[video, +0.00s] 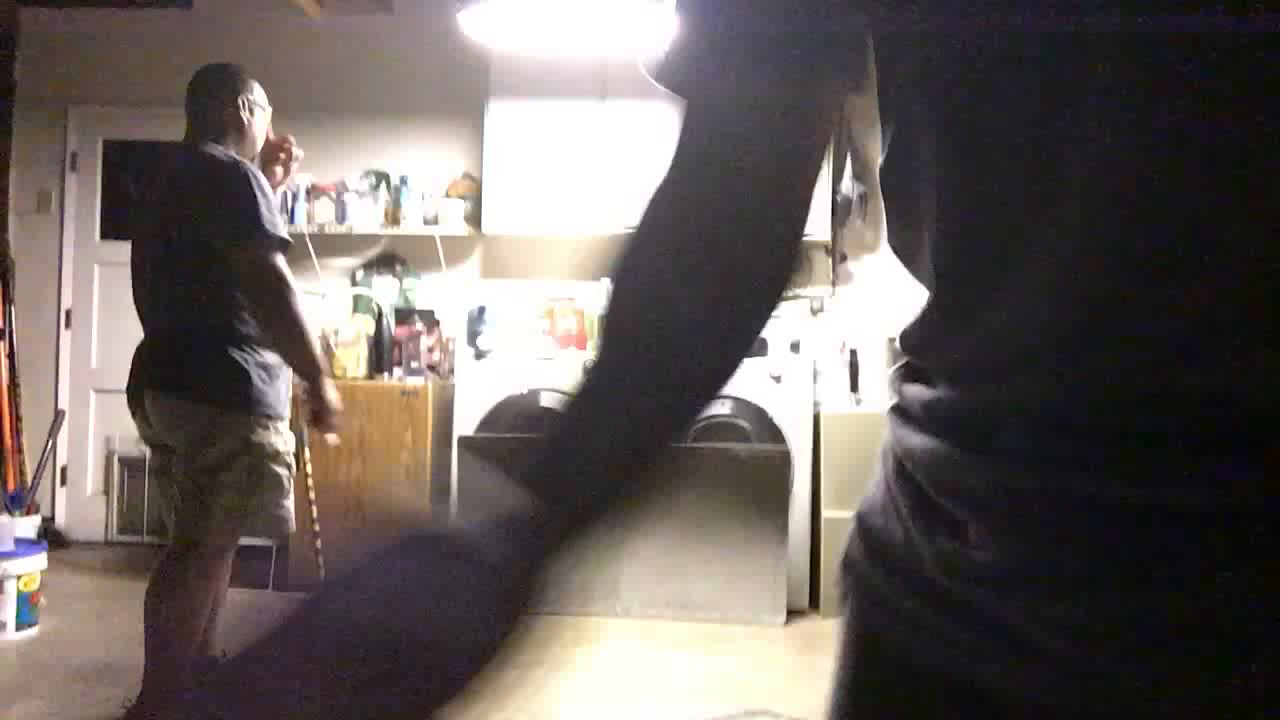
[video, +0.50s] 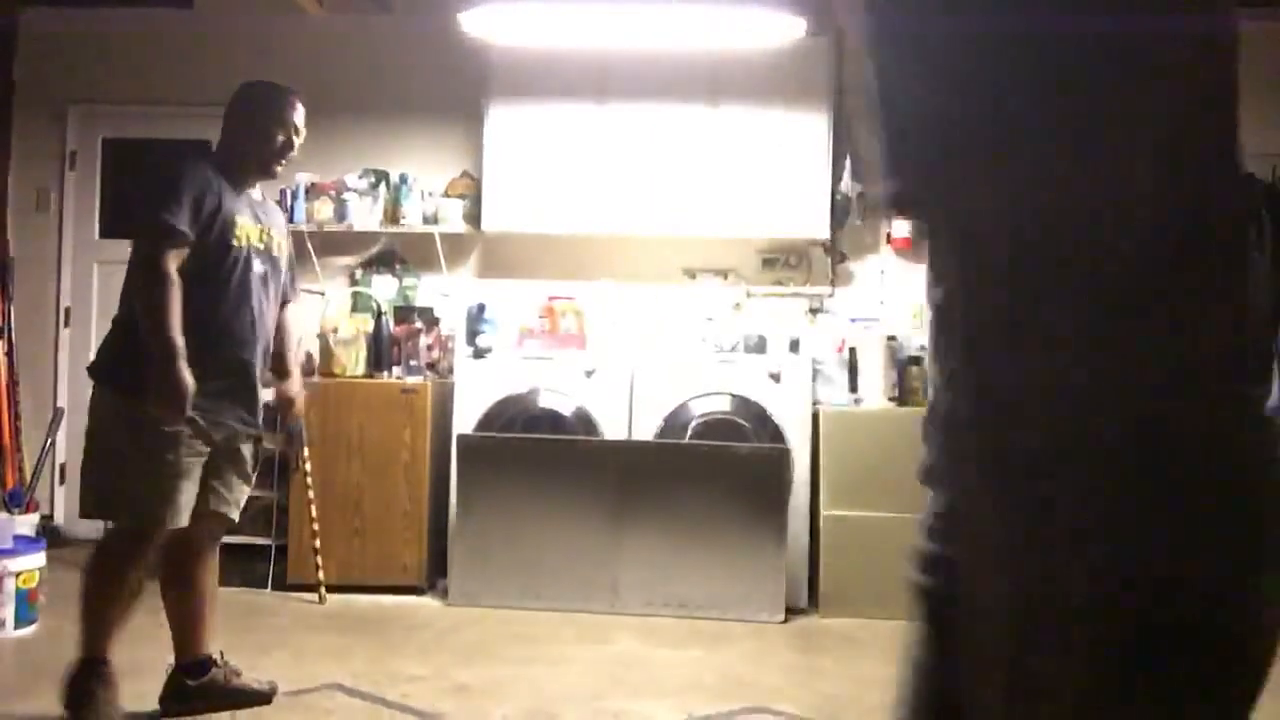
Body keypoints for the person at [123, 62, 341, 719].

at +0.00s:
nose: (267, 128)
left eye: (264, 115)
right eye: (263, 115)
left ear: (196, 114)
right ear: (241, 110)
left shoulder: (169, 175)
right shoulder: (234, 176)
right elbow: (265, 280)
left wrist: (265, 185)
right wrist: (317, 380)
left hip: (166, 377)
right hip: (224, 384)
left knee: (194, 544)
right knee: (209, 548)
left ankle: (183, 690)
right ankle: (166, 703)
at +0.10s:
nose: (281, 136)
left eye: (282, 124)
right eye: (277, 121)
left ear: (220, 116)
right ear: (245, 116)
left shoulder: (181, 173)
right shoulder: (225, 177)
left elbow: (269, 249)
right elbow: (247, 286)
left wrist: (295, 195)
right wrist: (288, 383)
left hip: (173, 380)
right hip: (208, 385)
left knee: (210, 531)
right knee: (203, 541)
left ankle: (197, 670)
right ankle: (160, 700)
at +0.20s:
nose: (289, 134)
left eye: (291, 122)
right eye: (281, 119)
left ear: (230, 118)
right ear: (239, 116)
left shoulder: (222, 180)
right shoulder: (218, 175)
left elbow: (263, 272)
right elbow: (226, 279)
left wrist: (317, 242)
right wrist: (250, 375)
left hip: (190, 380)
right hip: (190, 381)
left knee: (206, 526)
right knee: (199, 533)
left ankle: (197, 666)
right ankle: (160, 694)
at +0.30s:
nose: (299, 144)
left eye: (301, 133)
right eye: (292, 129)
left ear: (260, 131)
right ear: (249, 124)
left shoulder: (241, 202)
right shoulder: (209, 177)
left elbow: (259, 304)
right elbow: (204, 276)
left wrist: (333, 299)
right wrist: (221, 374)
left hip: (213, 393)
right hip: (177, 390)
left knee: (205, 534)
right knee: (180, 538)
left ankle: (197, 671)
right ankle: (157, 692)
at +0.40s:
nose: (300, 147)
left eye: (305, 136)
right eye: (293, 131)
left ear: (291, 142)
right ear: (251, 124)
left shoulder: (265, 212)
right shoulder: (204, 177)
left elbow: (266, 303)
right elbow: (181, 270)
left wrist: (311, 348)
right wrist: (195, 370)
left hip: (232, 394)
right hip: (168, 389)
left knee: (204, 535)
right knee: (161, 535)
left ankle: (194, 672)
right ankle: (130, 688)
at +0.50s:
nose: (292, 148)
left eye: (298, 138)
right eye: (284, 133)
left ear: (292, 143)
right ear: (241, 123)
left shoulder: (273, 216)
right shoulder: (197, 177)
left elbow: (281, 304)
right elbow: (158, 264)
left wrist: (291, 372)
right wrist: (169, 359)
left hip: (233, 397)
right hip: (160, 388)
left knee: (202, 531)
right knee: (141, 528)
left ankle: (195, 669)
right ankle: (93, 669)